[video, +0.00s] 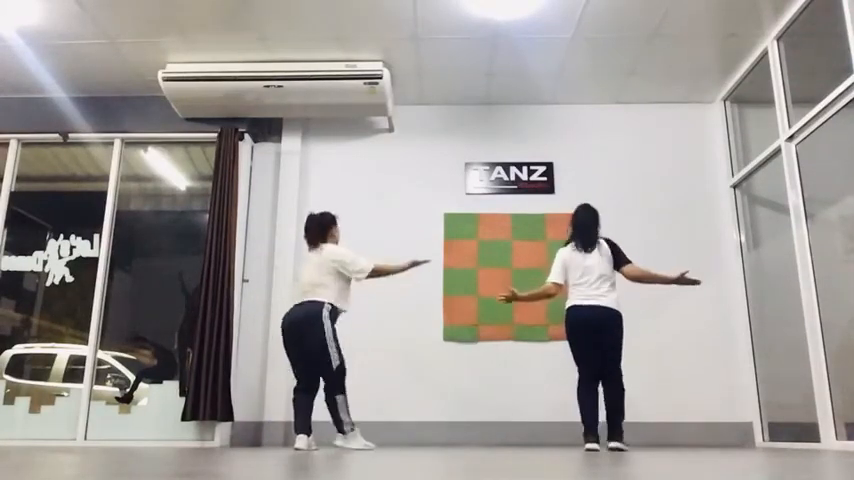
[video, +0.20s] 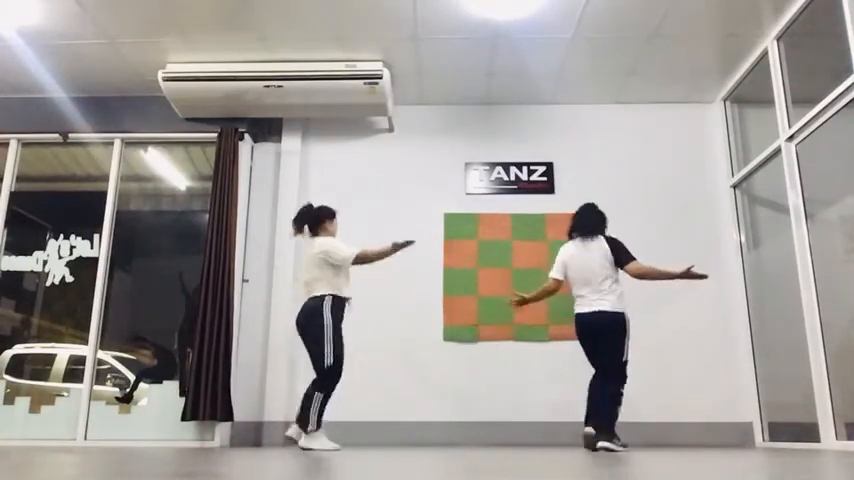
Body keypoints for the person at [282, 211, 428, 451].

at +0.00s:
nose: (339, 232)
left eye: (337, 228)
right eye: (336, 228)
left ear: (313, 234)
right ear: (330, 231)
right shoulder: (334, 253)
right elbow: (369, 270)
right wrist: (404, 266)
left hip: (293, 319)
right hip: (318, 316)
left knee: (306, 378)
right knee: (334, 374)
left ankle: (302, 436)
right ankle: (347, 434)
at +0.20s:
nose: (337, 226)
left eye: (336, 221)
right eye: (334, 221)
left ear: (318, 225)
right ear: (325, 224)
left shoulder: (319, 246)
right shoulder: (325, 245)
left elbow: (358, 258)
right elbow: (358, 257)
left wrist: (390, 249)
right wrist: (392, 249)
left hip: (316, 311)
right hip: (323, 310)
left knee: (326, 372)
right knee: (331, 371)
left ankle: (300, 426)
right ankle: (312, 433)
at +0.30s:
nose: (340, 232)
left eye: (339, 227)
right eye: (338, 227)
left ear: (321, 229)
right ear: (329, 228)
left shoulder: (321, 250)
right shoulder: (323, 249)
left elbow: (353, 261)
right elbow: (352, 261)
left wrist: (377, 251)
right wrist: (380, 250)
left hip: (325, 315)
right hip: (320, 315)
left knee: (346, 373)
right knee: (333, 373)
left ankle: (314, 432)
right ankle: (310, 435)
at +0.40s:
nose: (346, 235)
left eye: (344, 231)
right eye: (343, 230)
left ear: (328, 233)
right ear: (333, 232)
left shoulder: (322, 255)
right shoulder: (324, 253)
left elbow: (347, 267)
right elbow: (345, 267)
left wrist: (363, 255)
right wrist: (368, 254)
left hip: (322, 320)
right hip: (314, 319)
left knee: (352, 371)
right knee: (330, 376)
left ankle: (341, 431)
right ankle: (311, 436)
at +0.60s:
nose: (348, 229)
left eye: (346, 225)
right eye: (344, 225)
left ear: (330, 231)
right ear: (333, 229)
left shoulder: (331, 252)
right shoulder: (328, 250)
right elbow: (338, 269)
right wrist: (347, 250)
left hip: (322, 319)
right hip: (311, 316)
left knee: (334, 375)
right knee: (321, 374)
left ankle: (353, 433)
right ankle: (310, 436)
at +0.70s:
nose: (344, 223)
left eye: (343, 219)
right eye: (341, 219)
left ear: (327, 223)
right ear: (330, 222)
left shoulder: (327, 246)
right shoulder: (321, 246)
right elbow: (332, 262)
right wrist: (336, 244)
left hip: (328, 312)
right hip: (316, 311)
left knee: (329, 372)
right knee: (318, 372)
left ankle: (326, 432)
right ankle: (311, 435)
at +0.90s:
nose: (343, 230)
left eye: (342, 225)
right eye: (339, 224)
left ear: (327, 226)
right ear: (326, 226)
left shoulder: (329, 252)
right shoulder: (318, 247)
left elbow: (329, 282)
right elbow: (314, 267)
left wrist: (344, 295)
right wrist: (309, 256)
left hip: (327, 310)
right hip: (317, 309)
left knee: (324, 373)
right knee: (338, 364)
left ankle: (299, 431)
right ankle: (327, 429)